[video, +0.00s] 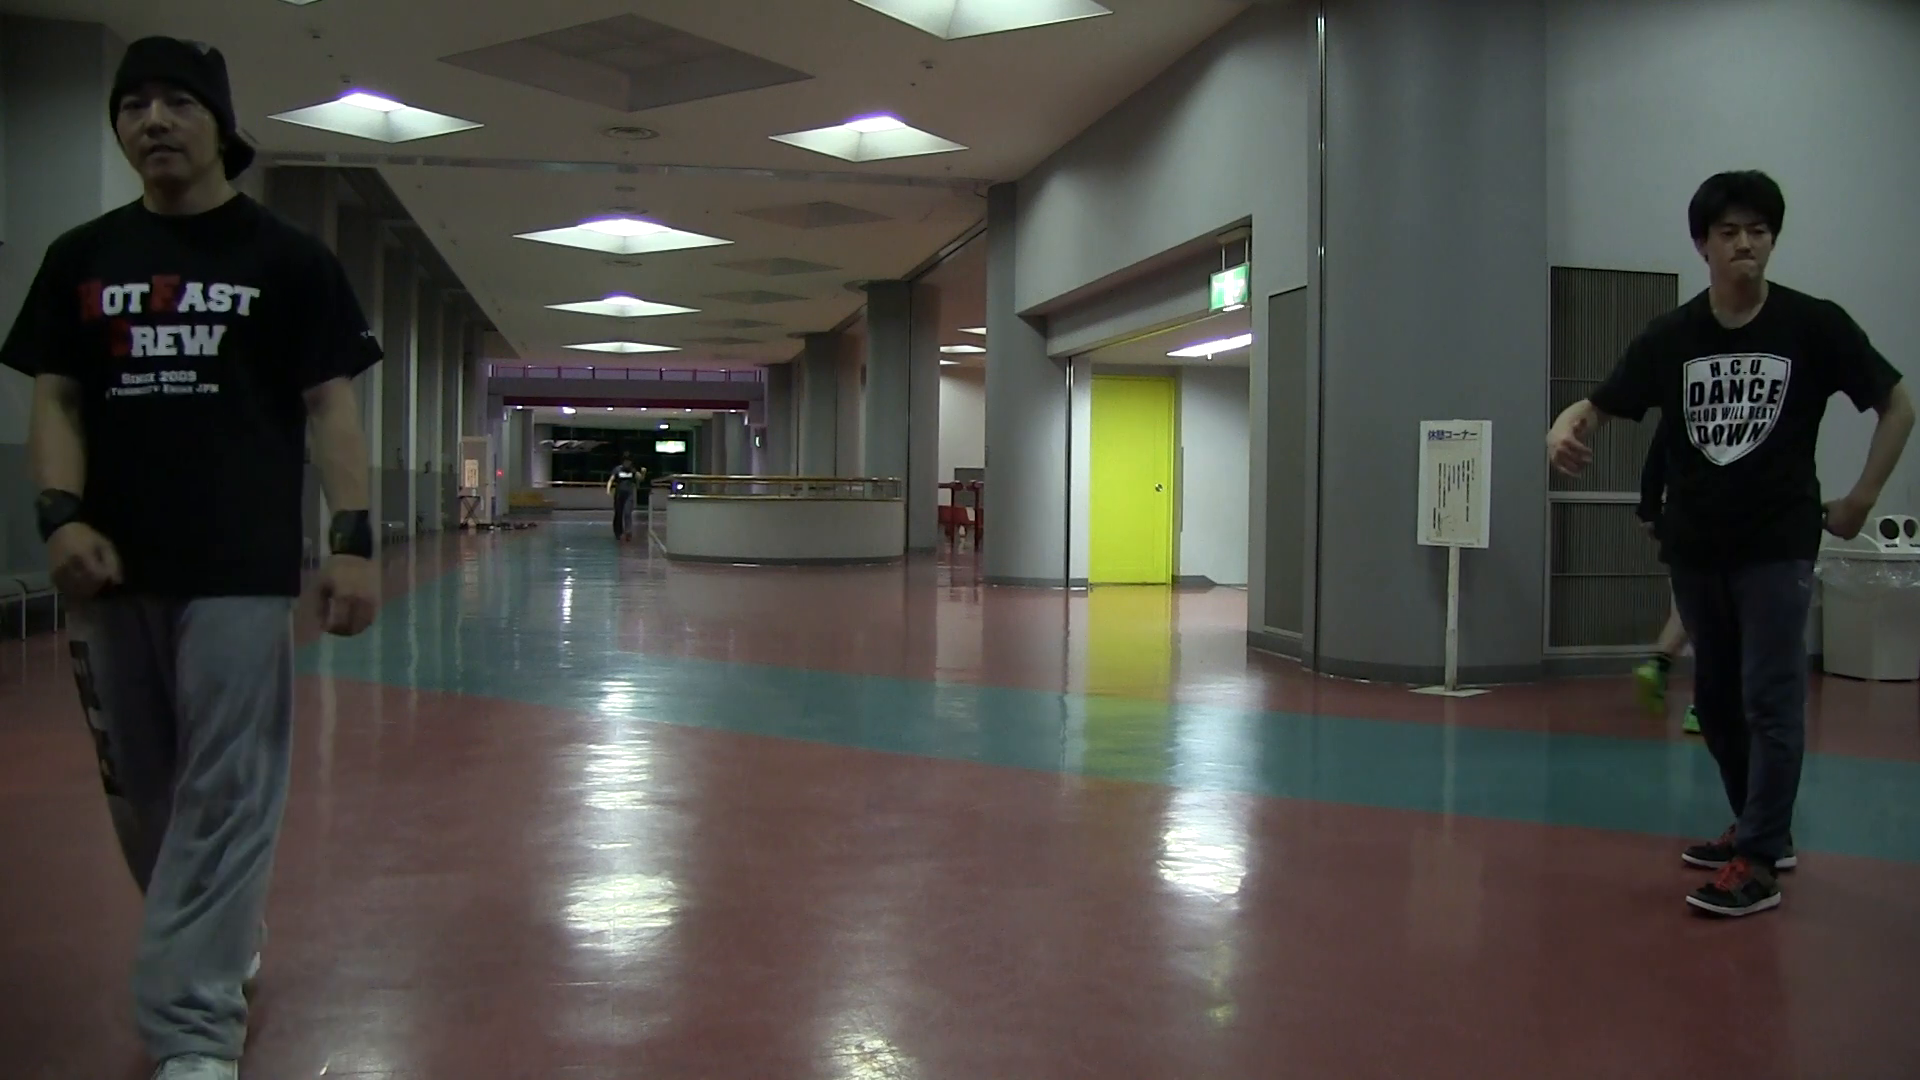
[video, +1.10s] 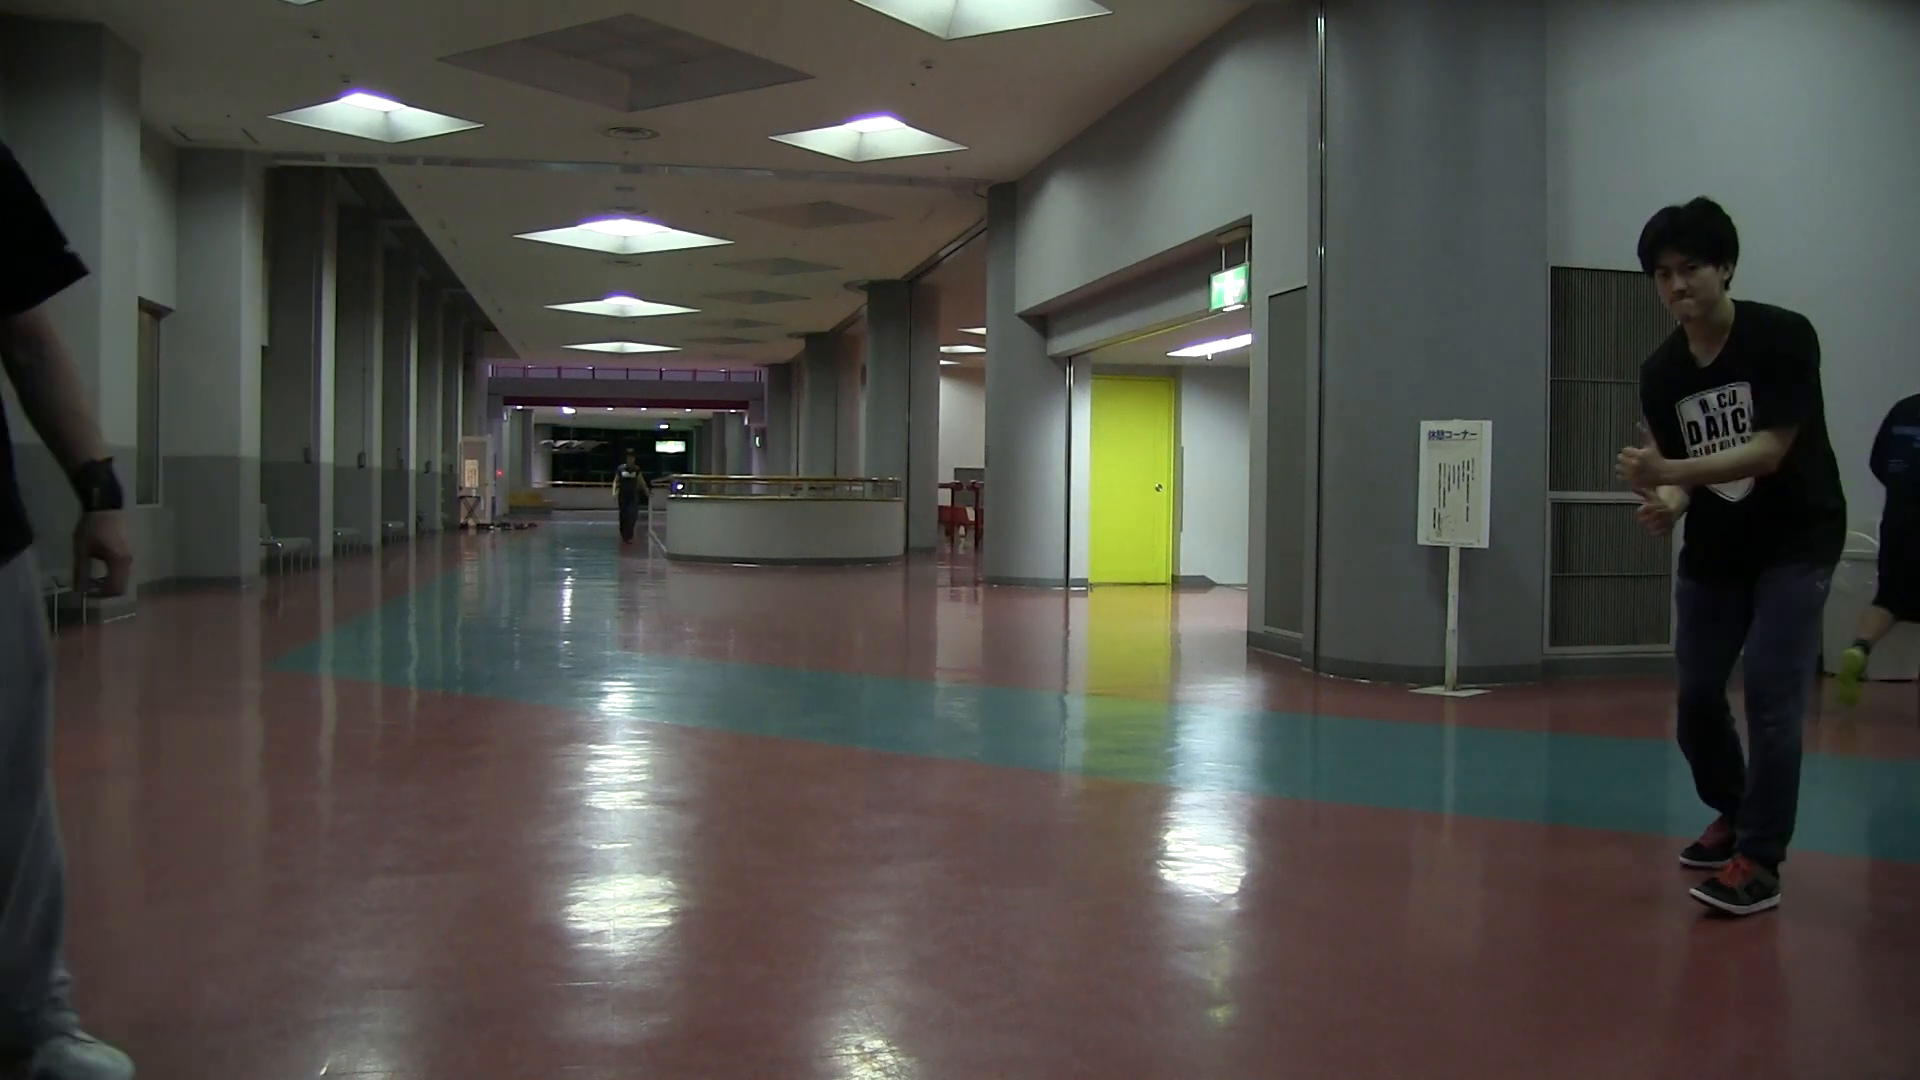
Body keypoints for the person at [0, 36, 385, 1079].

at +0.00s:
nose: (156, 119)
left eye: (179, 102)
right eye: (137, 105)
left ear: (222, 124)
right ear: (117, 131)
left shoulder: (291, 258)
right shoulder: (79, 260)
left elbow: (331, 407)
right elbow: (55, 402)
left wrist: (354, 538)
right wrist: (61, 516)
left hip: (242, 563)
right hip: (112, 564)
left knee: (224, 790)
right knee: (143, 784)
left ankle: (196, 1036)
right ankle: (217, 961)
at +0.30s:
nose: (122, 65)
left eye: (151, 48)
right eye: (107, 47)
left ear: (207, 75)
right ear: (90, 71)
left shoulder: (262, 217)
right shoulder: (51, 209)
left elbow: (280, 385)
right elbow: (13, 373)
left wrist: (246, 545)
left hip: (196, 549)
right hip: (54, 541)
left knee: (216, 803)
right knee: (19, 778)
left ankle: (204, 1030)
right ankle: (122, 931)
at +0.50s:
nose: (65, 51)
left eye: (96, 31)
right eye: (48, 32)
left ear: (152, 56)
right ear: (30, 54)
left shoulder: (218, 196)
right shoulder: (10, 185)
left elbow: (240, 376)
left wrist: (181, 524)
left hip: (174, 550)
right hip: (28, 549)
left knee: (208, 802)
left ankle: (202, 1035)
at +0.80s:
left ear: (10, 65)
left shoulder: (68, 180)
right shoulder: (69, 185)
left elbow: (139, 354)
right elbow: (140, 355)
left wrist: (186, 503)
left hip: (55, 538)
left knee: (122, 788)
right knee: (116, 788)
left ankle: (183, 1031)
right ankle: (179, 1023)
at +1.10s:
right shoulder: (1, 178)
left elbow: (30, 337)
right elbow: (32, 338)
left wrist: (100, 489)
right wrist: (98, 490)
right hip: (1, 555)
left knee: (18, 789)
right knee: (18, 792)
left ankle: (38, 1016)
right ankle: (34, 1016)